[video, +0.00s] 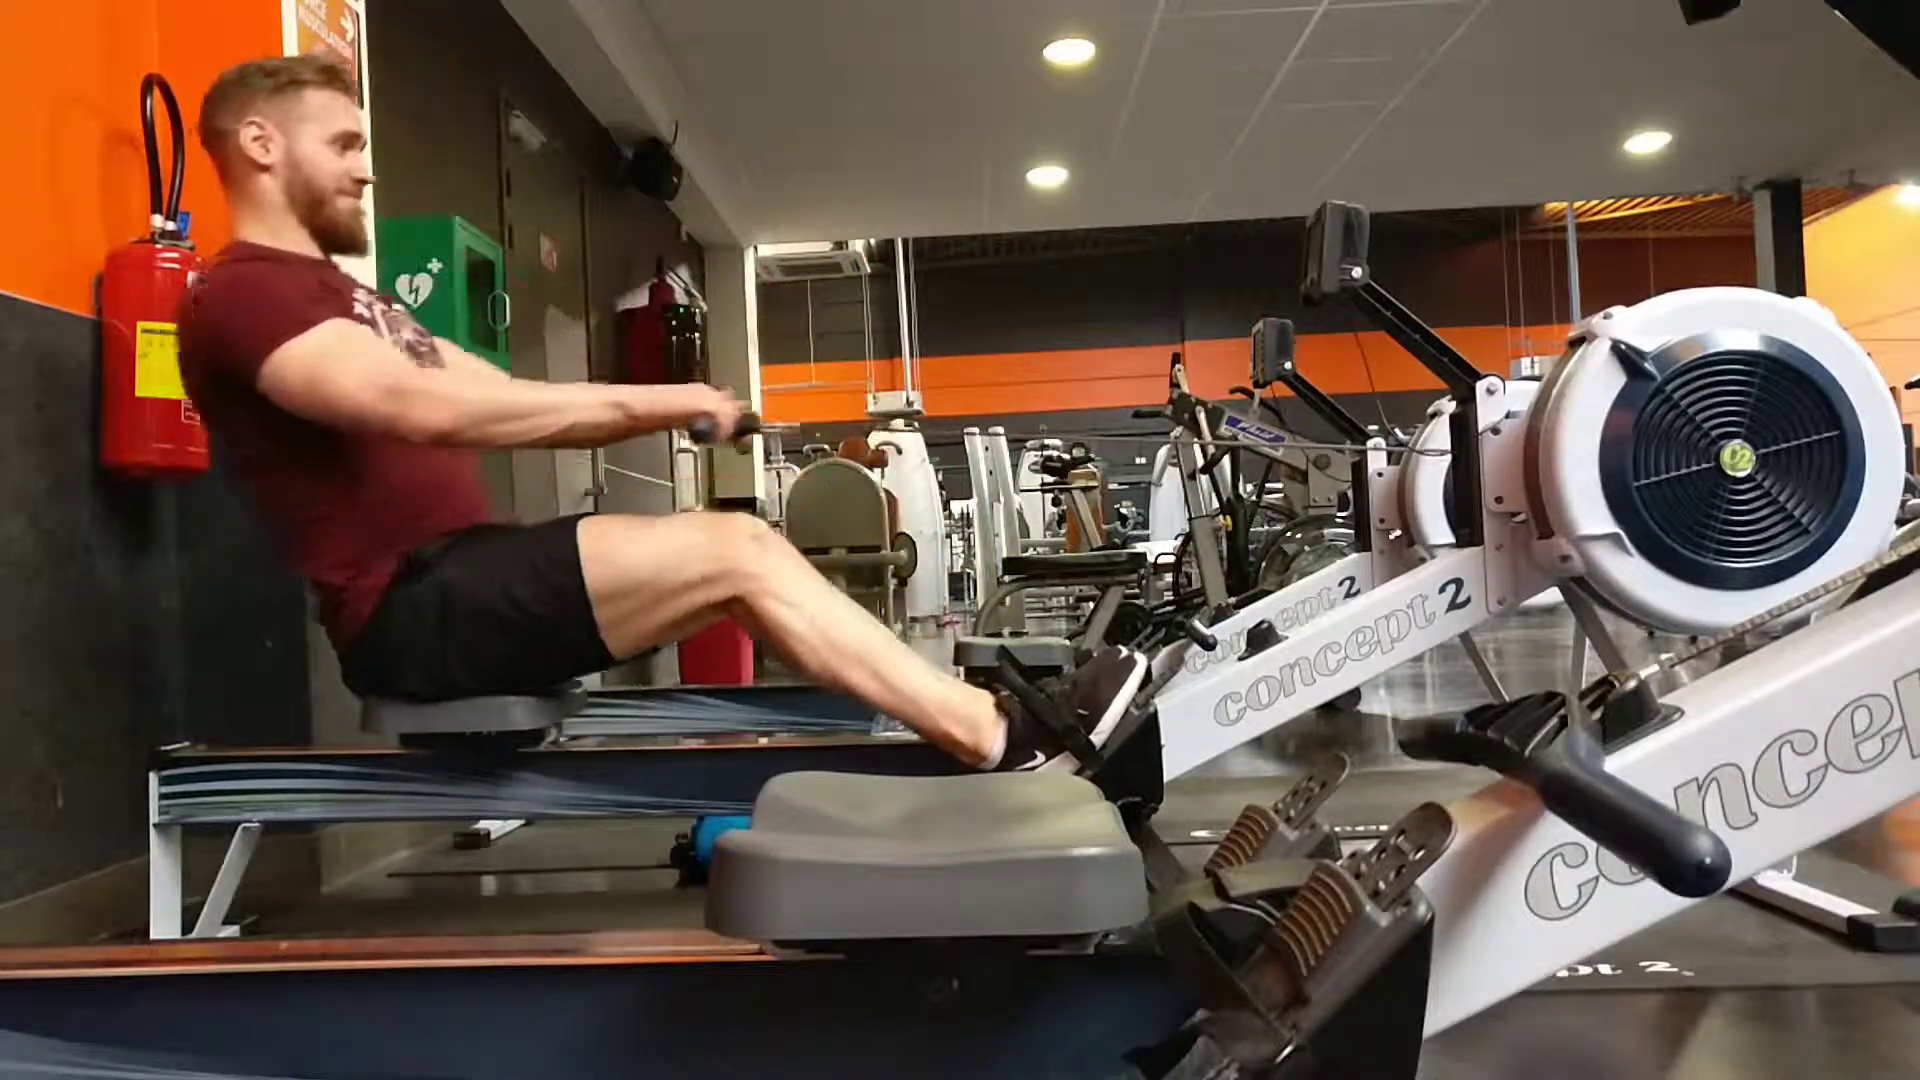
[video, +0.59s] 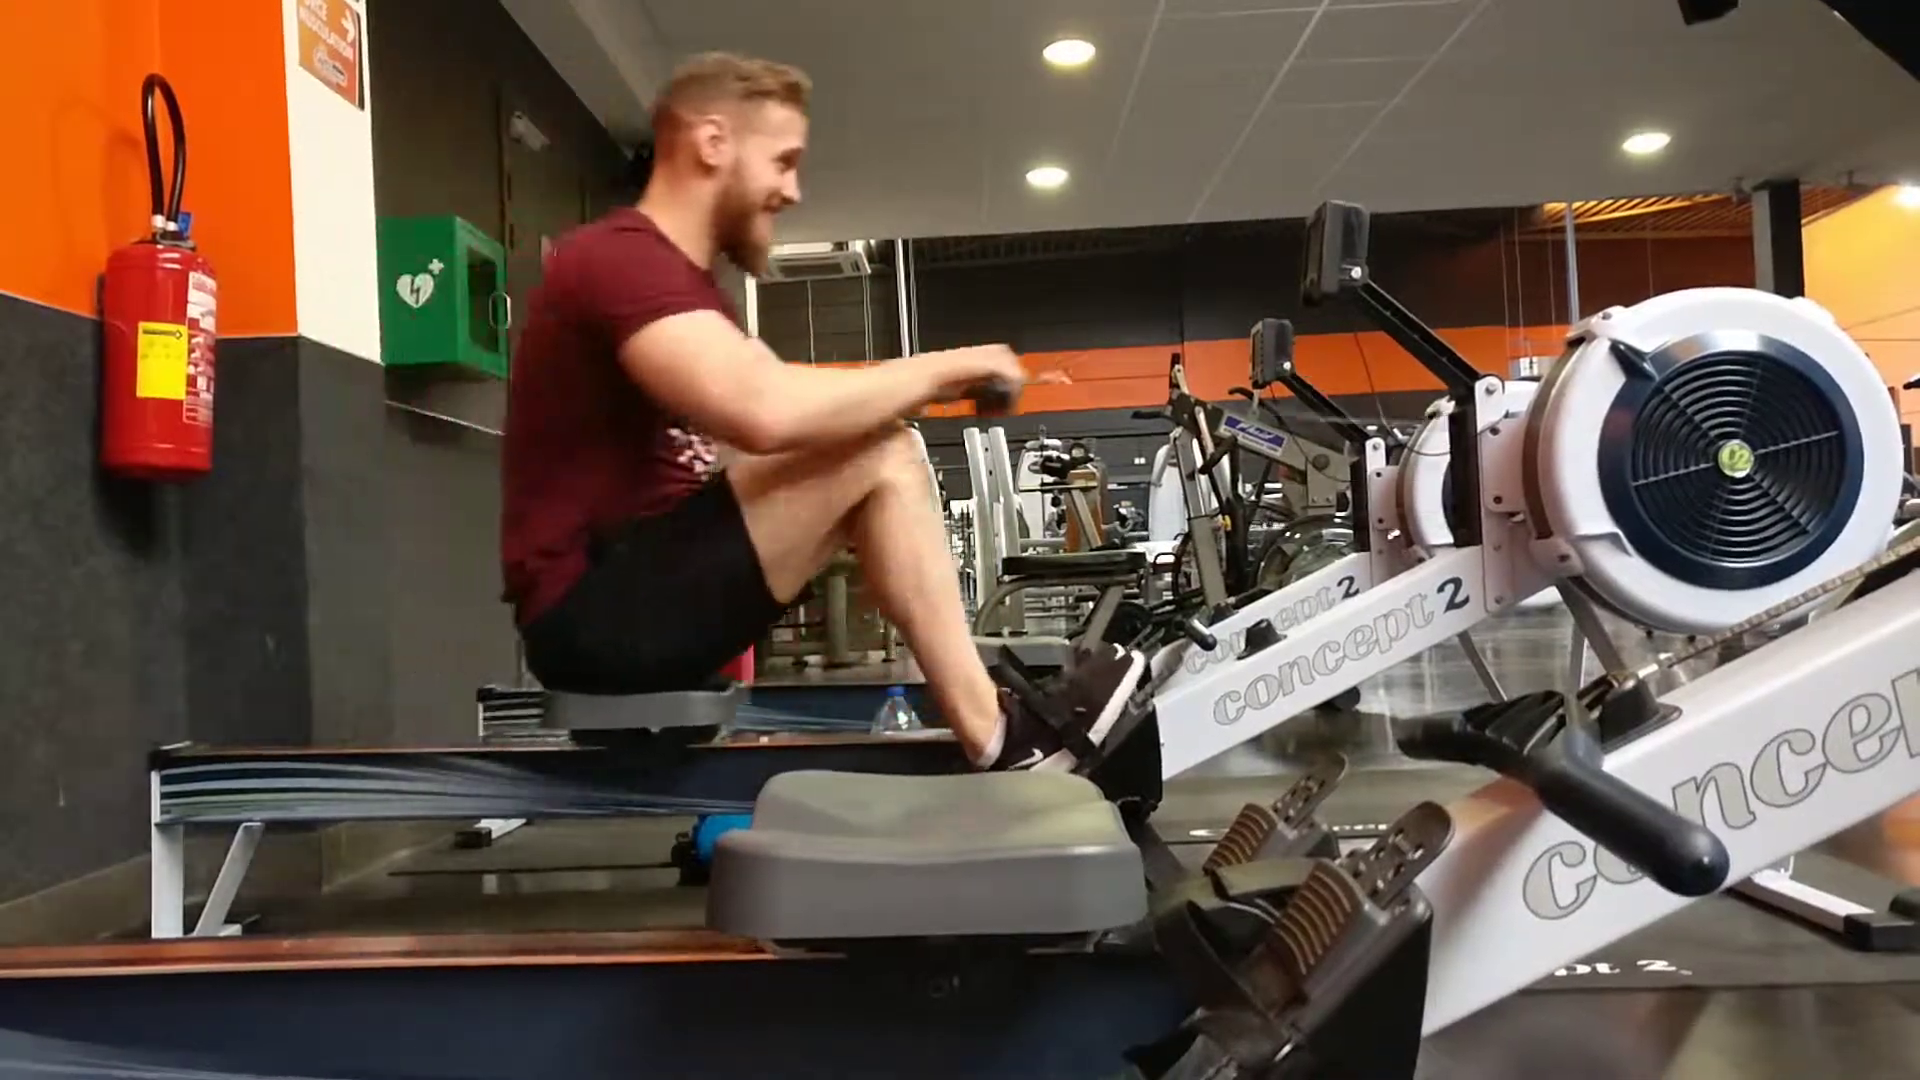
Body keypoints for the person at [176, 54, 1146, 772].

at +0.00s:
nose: (364, 166)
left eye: (361, 145)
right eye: (340, 142)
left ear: (291, 152)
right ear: (255, 151)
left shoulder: (334, 291)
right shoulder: (248, 290)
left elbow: (502, 406)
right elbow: (424, 410)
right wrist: (649, 405)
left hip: (459, 580)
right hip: (413, 606)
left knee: (749, 547)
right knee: (743, 549)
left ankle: (999, 730)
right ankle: (1000, 745)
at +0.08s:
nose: (345, 186)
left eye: (346, 166)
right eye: (325, 163)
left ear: (277, 169)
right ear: (238, 161)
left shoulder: (312, 298)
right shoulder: (202, 298)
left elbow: (445, 438)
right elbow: (332, 442)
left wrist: (568, 425)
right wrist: (556, 417)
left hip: (440, 584)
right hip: (389, 610)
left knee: (727, 565)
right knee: (723, 566)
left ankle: (995, 727)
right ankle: (1000, 739)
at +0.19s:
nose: (398, 198)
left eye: (400, 175)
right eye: (379, 170)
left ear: (309, 163)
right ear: (290, 160)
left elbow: (383, 470)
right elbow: (231, 463)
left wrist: (468, 455)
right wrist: (429, 440)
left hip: (425, 586)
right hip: (362, 609)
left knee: (720, 569)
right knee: (715, 569)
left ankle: (990, 727)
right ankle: (992, 742)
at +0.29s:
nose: (508, 192)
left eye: (513, 169)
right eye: (493, 162)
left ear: (418, 154)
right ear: (406, 148)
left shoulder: (422, 294)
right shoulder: (297, 261)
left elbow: (400, 445)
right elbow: (175, 421)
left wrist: (482, 461)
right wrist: (390, 441)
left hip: (458, 592)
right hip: (397, 609)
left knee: (747, 544)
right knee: (739, 543)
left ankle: (986, 729)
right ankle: (984, 744)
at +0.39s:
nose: (609, 195)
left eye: (613, 172)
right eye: (595, 165)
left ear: (523, 159)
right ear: (511, 150)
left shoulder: (509, 295)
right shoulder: (409, 261)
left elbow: (491, 473)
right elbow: (352, 417)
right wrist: (568, 416)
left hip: (516, 600)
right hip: (453, 616)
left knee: (777, 518)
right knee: (773, 510)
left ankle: (983, 725)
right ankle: (981, 740)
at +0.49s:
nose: (702, 197)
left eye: (706, 174)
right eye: (692, 168)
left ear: (620, 153)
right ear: (615, 148)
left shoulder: (625, 303)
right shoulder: (511, 262)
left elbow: (644, 449)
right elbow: (571, 424)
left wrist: (755, 401)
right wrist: (764, 374)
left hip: (584, 600)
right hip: (523, 612)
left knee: (832, 471)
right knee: (821, 471)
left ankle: (983, 714)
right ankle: (984, 732)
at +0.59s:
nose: (793, 193)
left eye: (797, 169)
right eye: (784, 162)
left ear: (713, 148)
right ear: (711, 143)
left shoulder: (678, 282)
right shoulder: (618, 259)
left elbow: (770, 396)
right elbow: (765, 414)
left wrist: (936, 373)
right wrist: (946, 369)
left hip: (635, 610)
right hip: (596, 621)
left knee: (881, 444)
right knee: (883, 450)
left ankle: (982, 716)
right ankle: (988, 736)